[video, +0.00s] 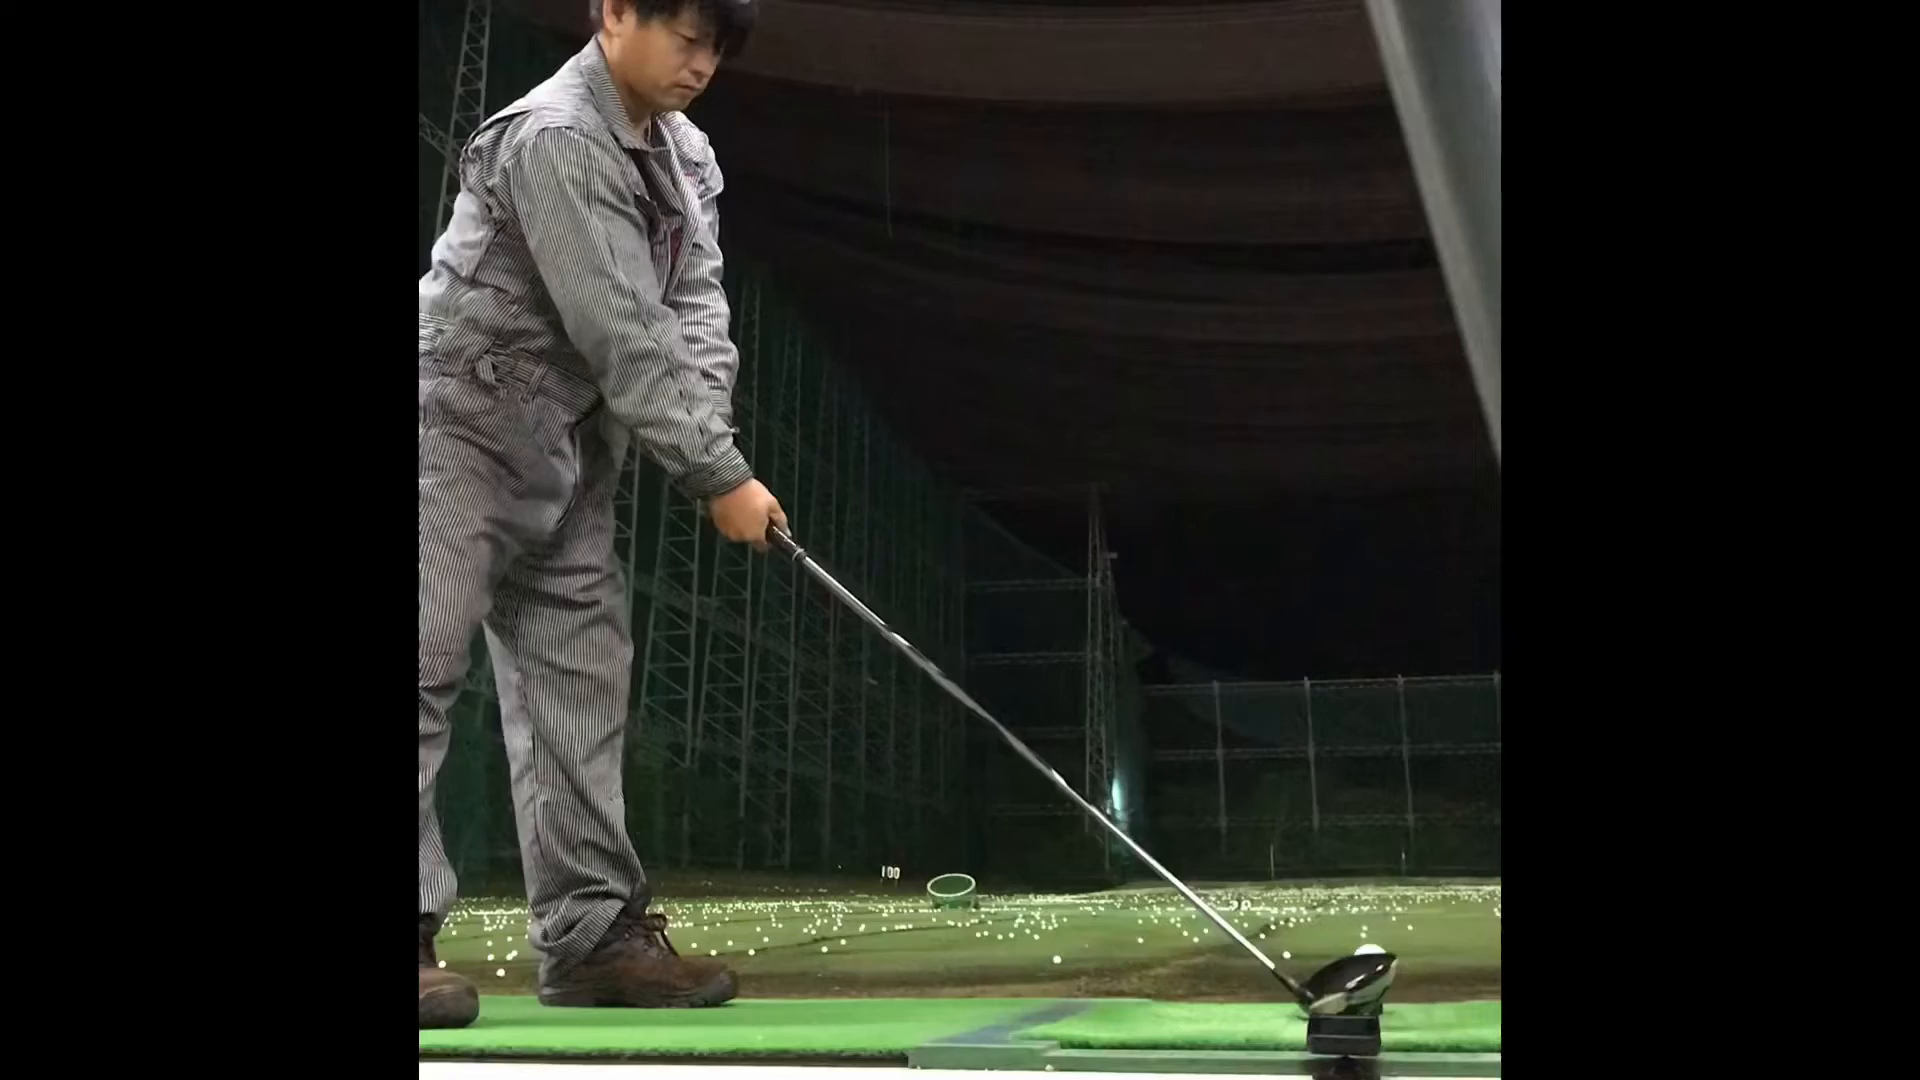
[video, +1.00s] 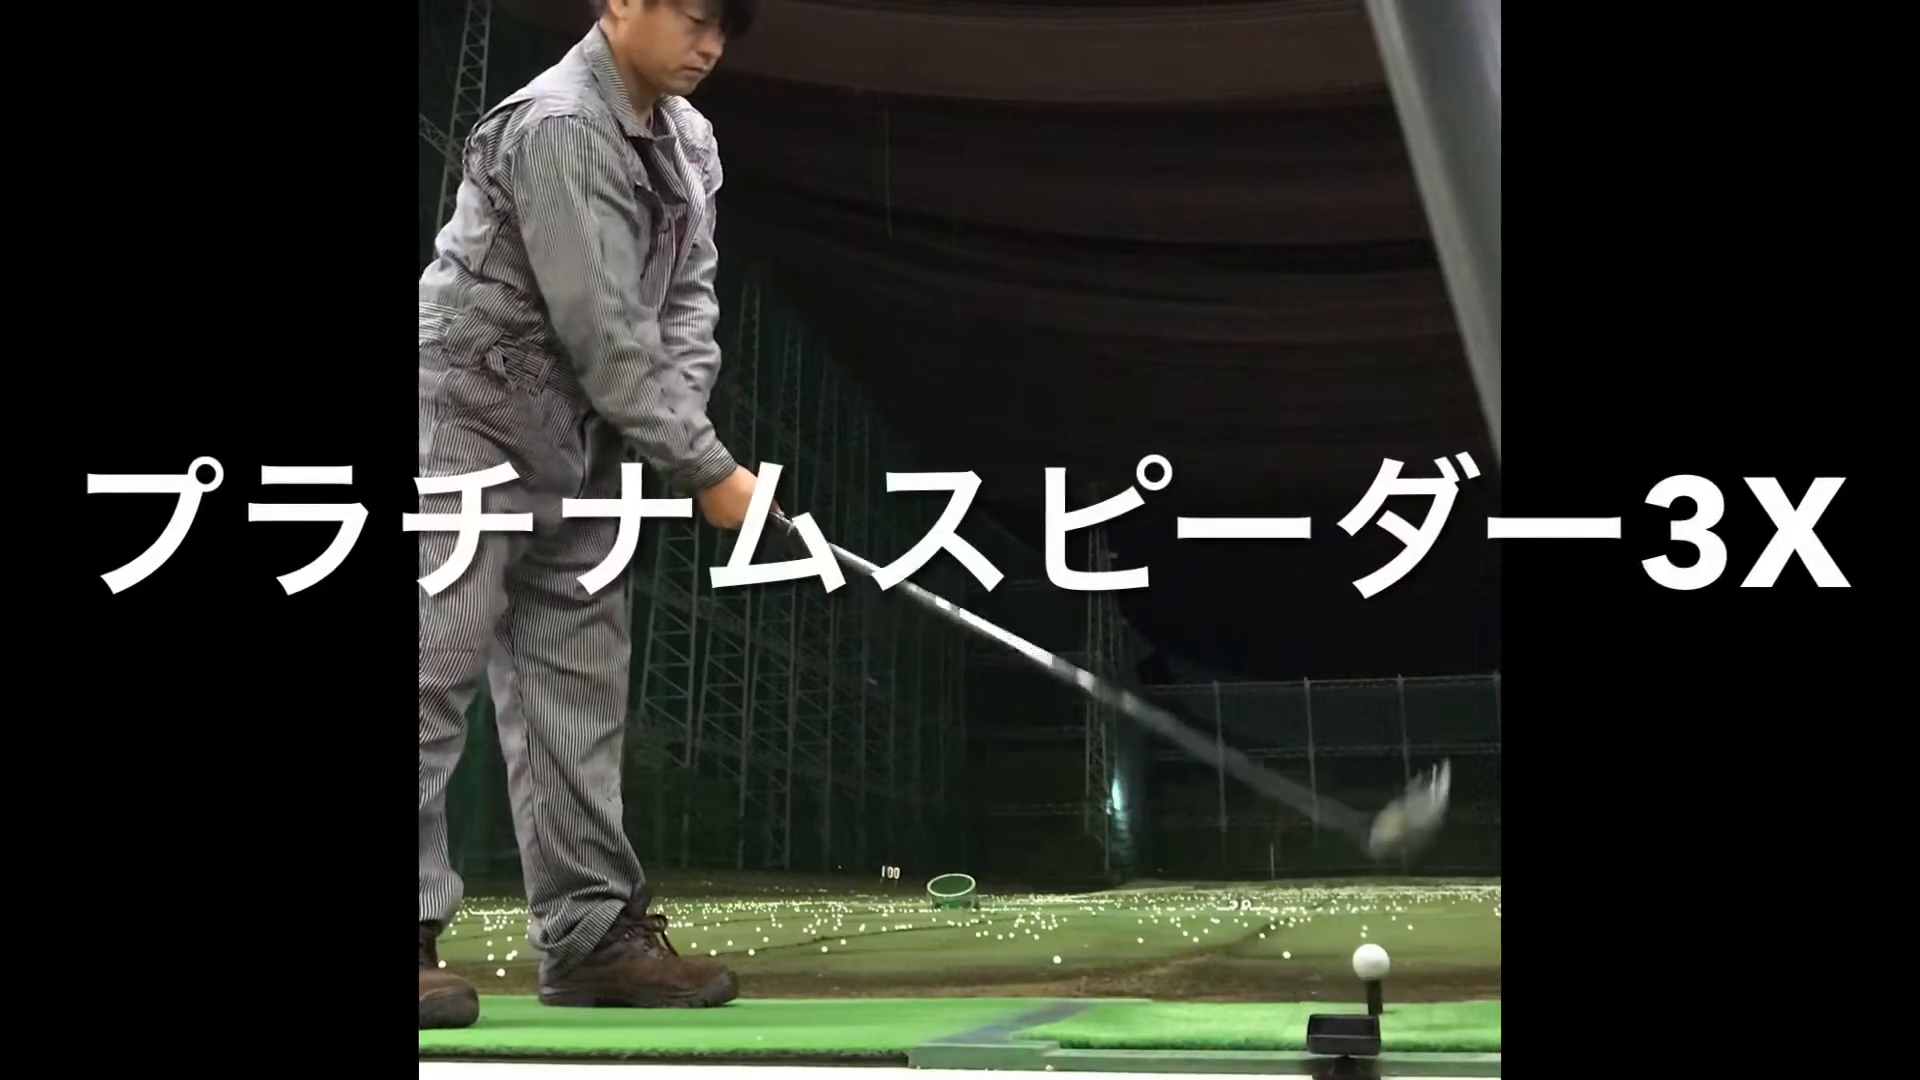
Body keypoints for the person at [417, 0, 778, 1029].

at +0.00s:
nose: (704, 64)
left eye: (717, 45)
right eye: (685, 37)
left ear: (725, 50)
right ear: (615, 19)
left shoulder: (688, 152)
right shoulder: (555, 137)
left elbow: (702, 309)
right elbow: (618, 330)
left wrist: (701, 439)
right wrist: (720, 477)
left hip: (570, 450)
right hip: (458, 427)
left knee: (576, 680)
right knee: (431, 675)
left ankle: (590, 938)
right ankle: (416, 946)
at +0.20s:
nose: (705, 61)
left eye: (719, 42)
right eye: (688, 34)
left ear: (725, 49)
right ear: (616, 18)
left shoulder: (689, 149)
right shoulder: (554, 136)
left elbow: (705, 309)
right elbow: (619, 327)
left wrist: (704, 444)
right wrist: (723, 478)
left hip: (571, 452)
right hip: (460, 429)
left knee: (576, 680)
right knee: (431, 673)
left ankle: (589, 938)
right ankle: (416, 946)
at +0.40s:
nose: (698, 47)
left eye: (709, 29)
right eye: (677, 21)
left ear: (710, 36)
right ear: (603, 10)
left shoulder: (683, 136)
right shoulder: (548, 130)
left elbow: (700, 300)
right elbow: (616, 321)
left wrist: (704, 438)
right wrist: (721, 469)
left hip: (582, 451)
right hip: (463, 436)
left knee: (576, 687)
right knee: (434, 682)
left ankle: (590, 939)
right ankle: (417, 945)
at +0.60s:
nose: (692, 32)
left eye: (701, 15)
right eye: (671, 10)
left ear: (698, 26)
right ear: (597, 7)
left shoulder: (674, 129)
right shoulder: (547, 124)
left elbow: (692, 295)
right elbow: (612, 318)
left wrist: (689, 423)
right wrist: (715, 468)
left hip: (575, 443)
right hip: (462, 429)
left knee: (572, 684)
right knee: (435, 679)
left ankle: (590, 939)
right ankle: (418, 947)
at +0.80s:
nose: (699, 37)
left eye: (709, 20)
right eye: (678, 14)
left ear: (712, 29)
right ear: (607, 9)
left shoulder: (683, 133)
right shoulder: (552, 123)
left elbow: (695, 294)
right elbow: (614, 322)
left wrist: (684, 418)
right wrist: (715, 470)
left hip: (576, 434)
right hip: (457, 418)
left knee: (572, 680)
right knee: (435, 669)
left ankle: (589, 940)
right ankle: (415, 946)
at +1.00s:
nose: (708, 45)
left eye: (721, 26)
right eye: (687, 19)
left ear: (727, 32)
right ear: (617, 9)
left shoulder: (692, 136)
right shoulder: (561, 124)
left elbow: (692, 302)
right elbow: (601, 331)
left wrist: (673, 424)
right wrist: (710, 469)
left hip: (576, 435)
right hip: (463, 416)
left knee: (574, 679)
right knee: (437, 670)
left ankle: (591, 940)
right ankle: (417, 945)